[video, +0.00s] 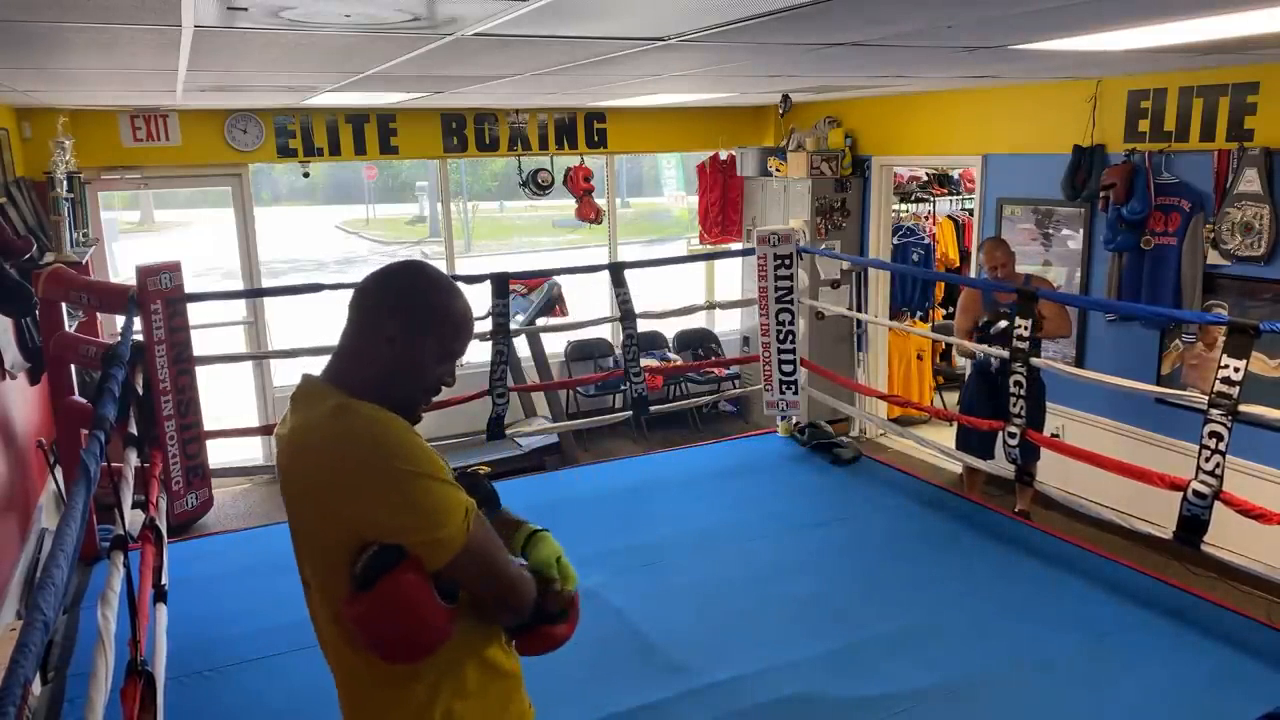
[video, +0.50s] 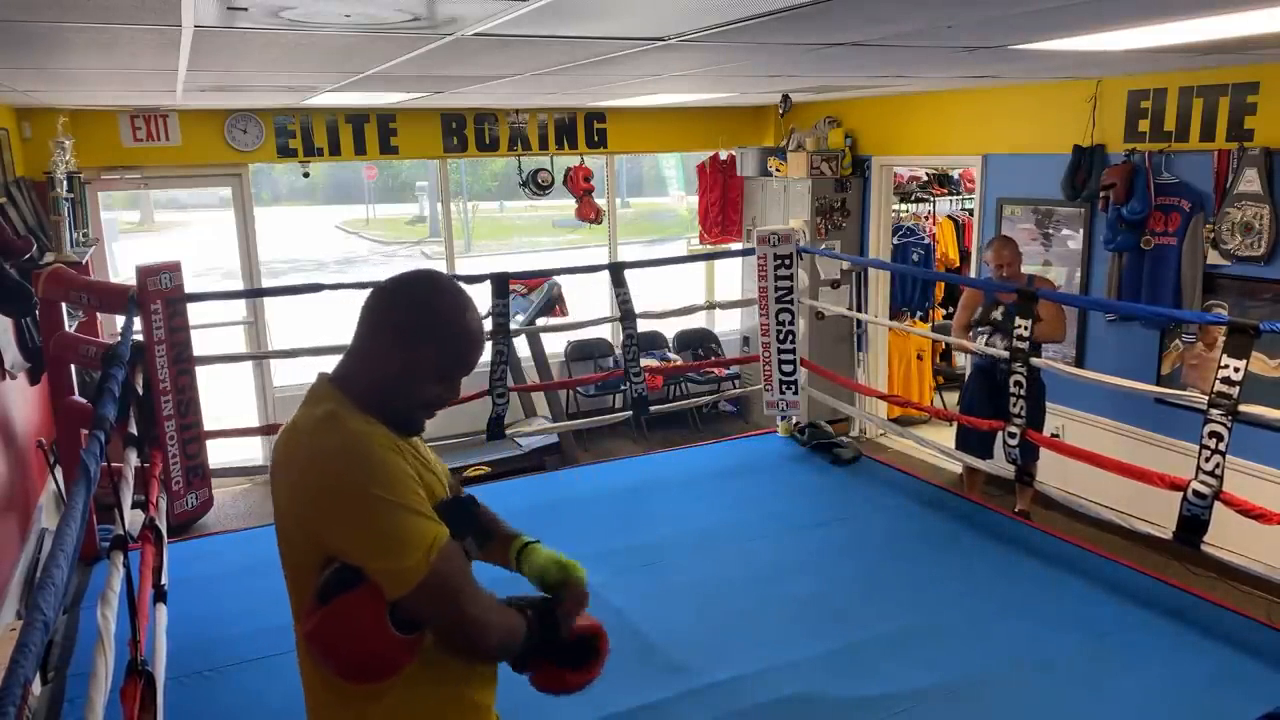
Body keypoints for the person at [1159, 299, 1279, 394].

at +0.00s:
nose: (1220, 327)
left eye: (1223, 323)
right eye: (1215, 322)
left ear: (1226, 327)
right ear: (1201, 325)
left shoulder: (1231, 349)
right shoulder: (1189, 349)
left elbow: (1270, 368)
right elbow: (1162, 369)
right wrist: (1180, 351)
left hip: (1218, 405)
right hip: (1189, 400)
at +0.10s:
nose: (1220, 327)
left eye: (1223, 323)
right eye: (1215, 322)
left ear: (1226, 327)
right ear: (1201, 325)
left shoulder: (1231, 349)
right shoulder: (1189, 349)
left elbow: (1270, 368)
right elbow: (1162, 369)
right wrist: (1179, 351)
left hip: (1218, 405)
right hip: (1189, 400)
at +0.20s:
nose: (1220, 327)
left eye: (1223, 323)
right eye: (1215, 322)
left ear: (1226, 327)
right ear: (1201, 325)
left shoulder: (1231, 349)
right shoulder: (1189, 349)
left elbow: (1270, 368)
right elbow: (1162, 369)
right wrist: (1179, 351)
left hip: (1218, 405)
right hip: (1189, 400)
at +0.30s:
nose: (1220, 327)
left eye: (1223, 323)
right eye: (1215, 322)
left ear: (1226, 327)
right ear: (1201, 325)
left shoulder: (1231, 349)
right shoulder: (1189, 349)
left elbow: (1270, 368)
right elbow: (1162, 369)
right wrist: (1179, 351)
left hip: (1218, 405)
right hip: (1190, 400)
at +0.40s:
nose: (1220, 327)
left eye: (1223, 323)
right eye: (1215, 322)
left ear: (1226, 327)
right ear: (1201, 325)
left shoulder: (1231, 349)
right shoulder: (1189, 349)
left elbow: (1270, 368)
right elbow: (1162, 369)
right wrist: (1179, 351)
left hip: (1218, 405)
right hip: (1189, 400)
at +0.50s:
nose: (1220, 327)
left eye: (1223, 323)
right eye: (1215, 322)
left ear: (1226, 327)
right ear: (1201, 325)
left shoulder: (1231, 349)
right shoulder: (1189, 349)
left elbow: (1270, 368)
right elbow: (1162, 369)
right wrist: (1179, 351)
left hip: (1218, 405)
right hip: (1189, 400)